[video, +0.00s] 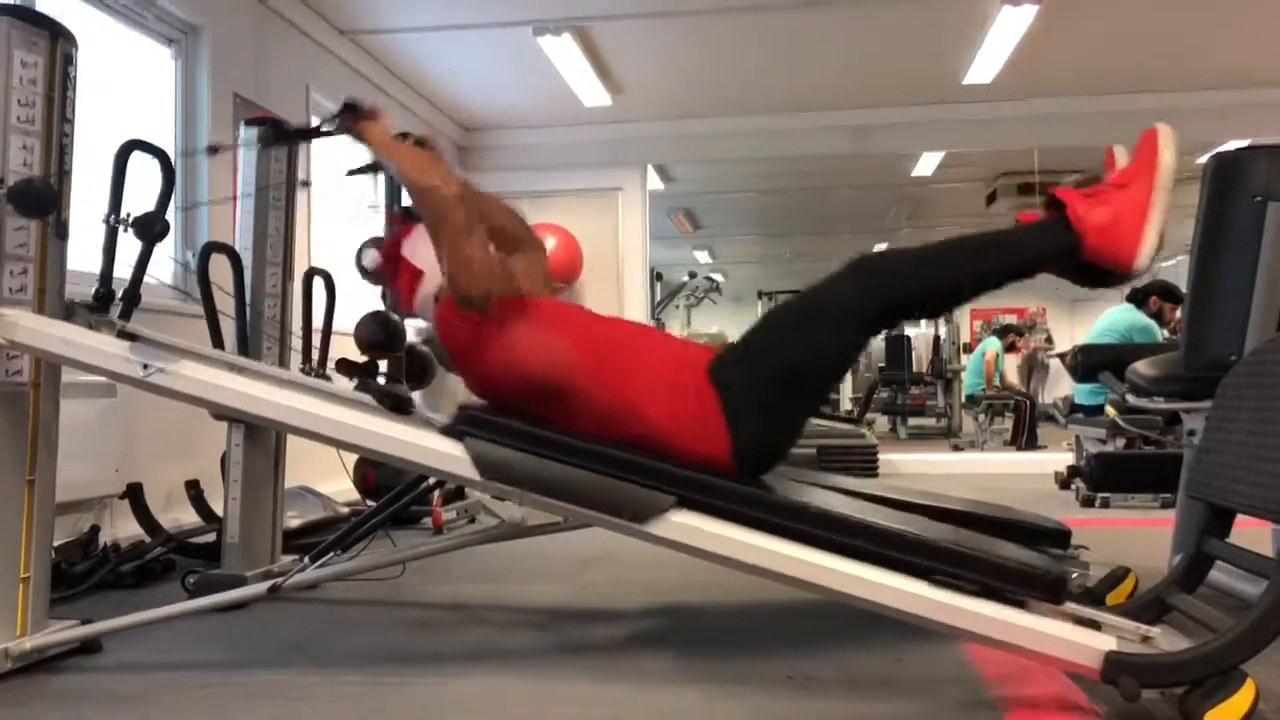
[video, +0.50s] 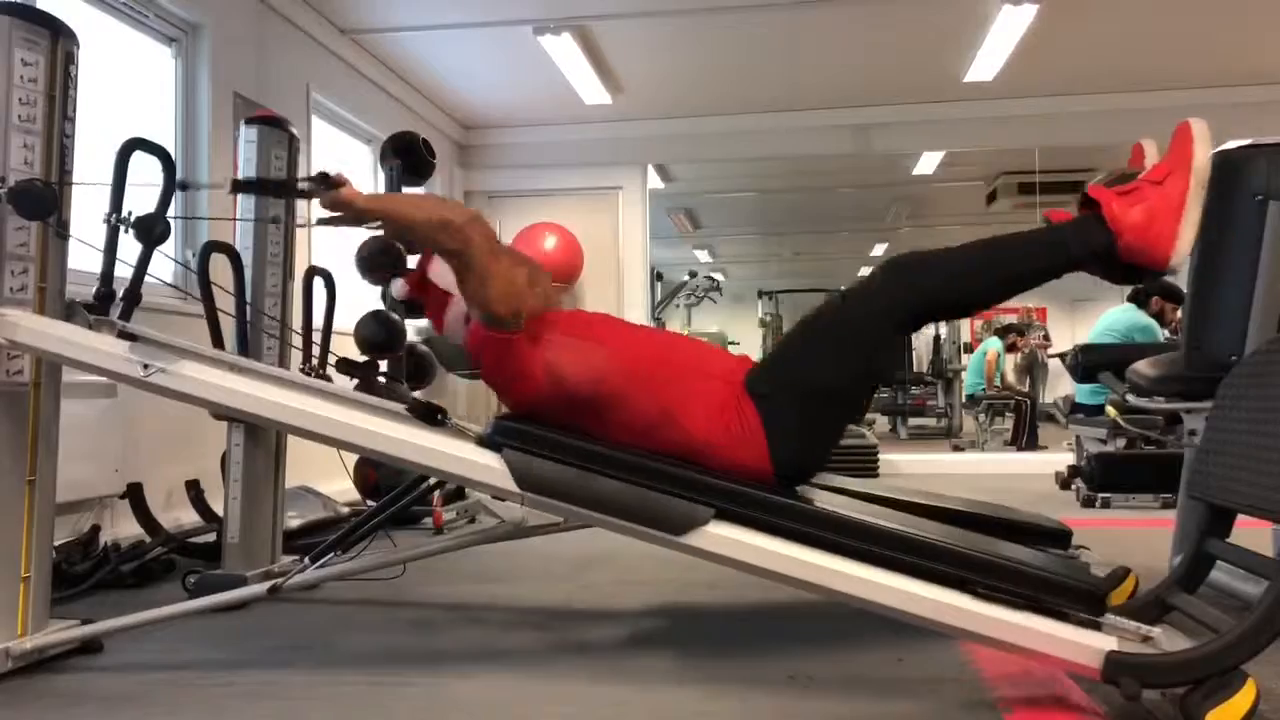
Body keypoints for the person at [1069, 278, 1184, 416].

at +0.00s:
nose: (1174, 318)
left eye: (1176, 311)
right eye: (1173, 310)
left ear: (1153, 302)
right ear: (1154, 303)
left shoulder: (1116, 312)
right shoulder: (1145, 325)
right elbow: (1161, 371)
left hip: (1083, 397)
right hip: (1103, 401)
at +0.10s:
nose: (1174, 319)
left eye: (1176, 312)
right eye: (1173, 311)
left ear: (1154, 303)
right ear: (1155, 304)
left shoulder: (1115, 312)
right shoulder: (1146, 326)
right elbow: (1161, 372)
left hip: (1083, 398)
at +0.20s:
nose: (1174, 319)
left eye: (1176, 311)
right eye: (1173, 310)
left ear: (1154, 303)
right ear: (1155, 303)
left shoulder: (1117, 312)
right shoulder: (1146, 325)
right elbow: (1161, 370)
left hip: (1083, 397)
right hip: (1104, 401)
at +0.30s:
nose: (1175, 318)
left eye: (1177, 311)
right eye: (1173, 310)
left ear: (1154, 303)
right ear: (1156, 303)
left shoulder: (1118, 311)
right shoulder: (1146, 325)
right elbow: (1161, 369)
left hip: (1084, 397)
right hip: (1104, 401)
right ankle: (1072, 406)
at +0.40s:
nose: (1175, 318)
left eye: (1177, 311)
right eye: (1173, 310)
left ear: (1154, 304)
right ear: (1156, 303)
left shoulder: (1115, 313)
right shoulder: (1146, 325)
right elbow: (1162, 368)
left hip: (1085, 399)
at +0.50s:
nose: (1175, 319)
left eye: (1177, 311)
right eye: (1173, 310)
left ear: (1155, 302)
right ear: (1156, 303)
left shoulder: (1116, 313)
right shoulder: (1146, 325)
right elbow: (1162, 369)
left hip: (1084, 398)